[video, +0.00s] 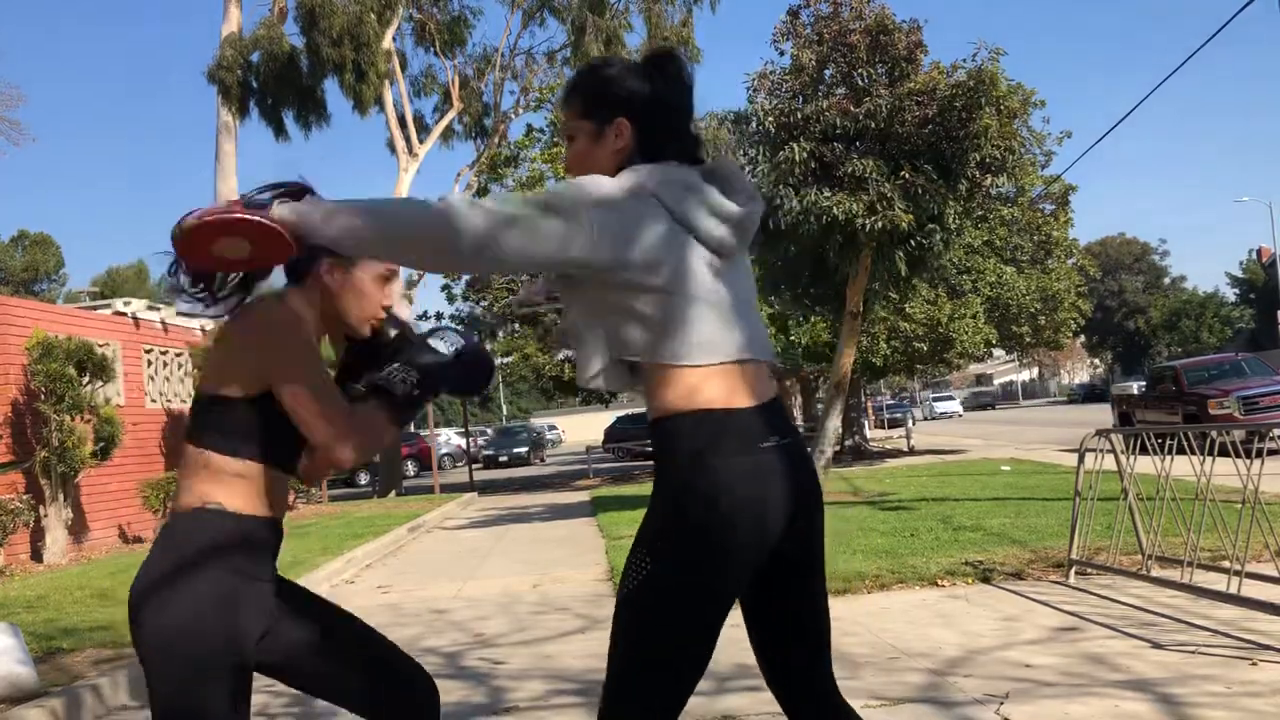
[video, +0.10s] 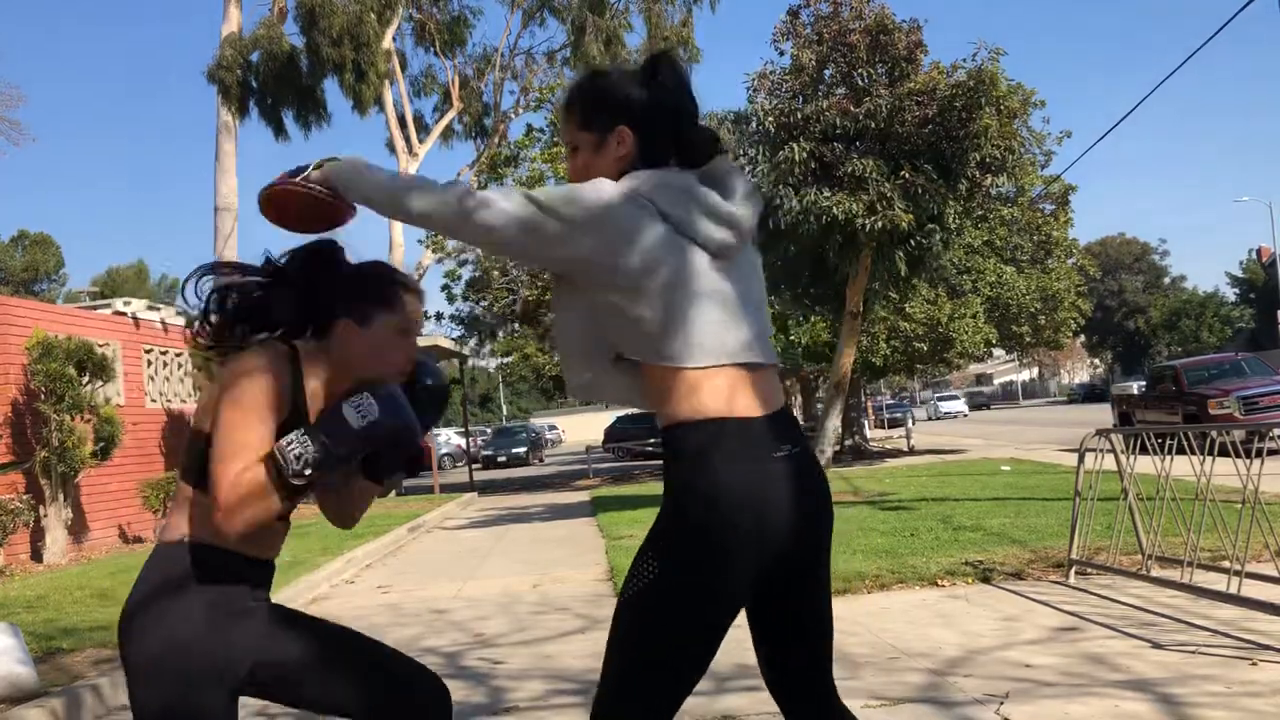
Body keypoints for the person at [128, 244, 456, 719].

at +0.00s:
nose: (393, 299)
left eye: (395, 281)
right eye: (384, 278)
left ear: (330, 274)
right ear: (330, 272)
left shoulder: (265, 327)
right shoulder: (275, 324)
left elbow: (311, 464)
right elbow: (343, 446)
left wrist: (359, 384)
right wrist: (411, 383)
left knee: (410, 695)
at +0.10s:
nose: (414, 354)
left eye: (415, 336)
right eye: (405, 333)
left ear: (351, 331)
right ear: (350, 328)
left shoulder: (329, 393)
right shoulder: (259, 373)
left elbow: (343, 512)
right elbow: (232, 515)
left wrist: (395, 438)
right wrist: (322, 441)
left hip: (234, 611)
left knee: (419, 697)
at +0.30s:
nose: (376, 341)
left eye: (377, 324)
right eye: (362, 322)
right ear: (299, 331)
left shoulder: (329, 401)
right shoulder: (212, 393)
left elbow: (367, 511)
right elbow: (192, 547)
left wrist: (391, 425)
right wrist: (256, 459)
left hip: (265, 621)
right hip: (181, 625)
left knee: (439, 704)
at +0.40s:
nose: (373, 288)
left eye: (371, 271)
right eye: (358, 269)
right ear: (298, 277)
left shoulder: (319, 353)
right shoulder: (232, 351)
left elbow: (334, 471)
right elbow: (258, 499)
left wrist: (371, 395)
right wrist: (316, 401)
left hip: (269, 596)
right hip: (195, 603)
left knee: (435, 699)